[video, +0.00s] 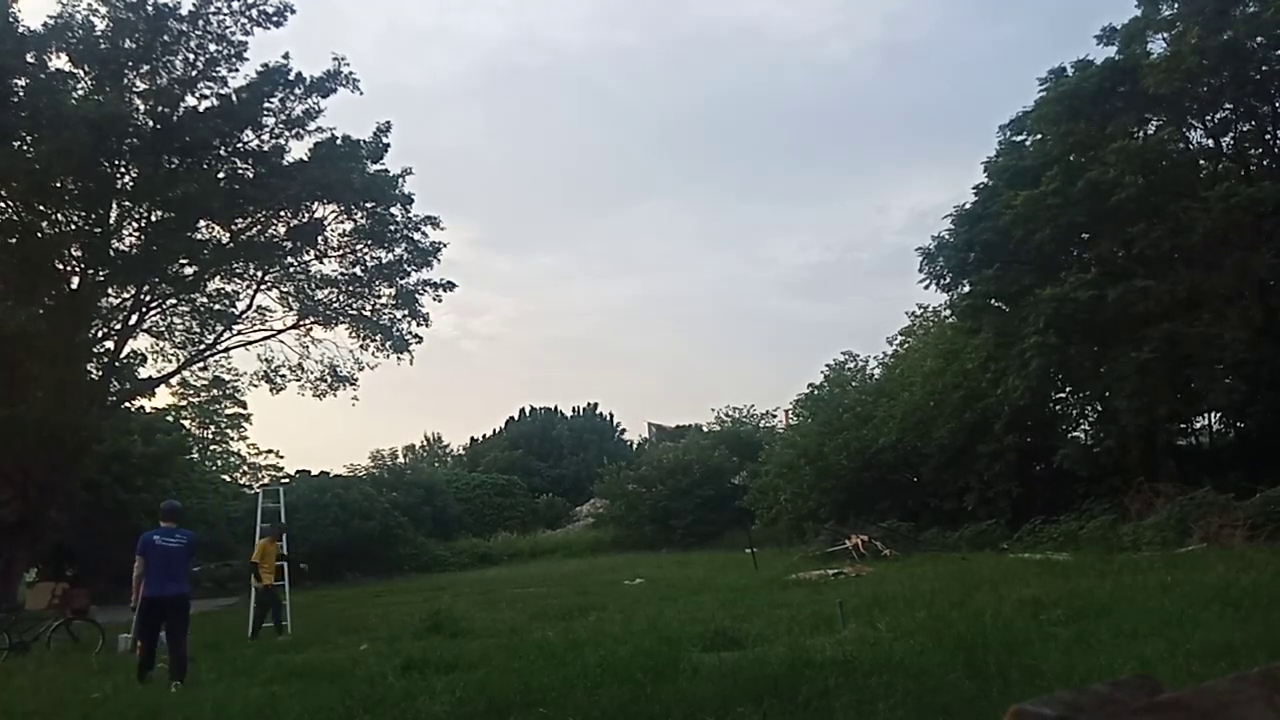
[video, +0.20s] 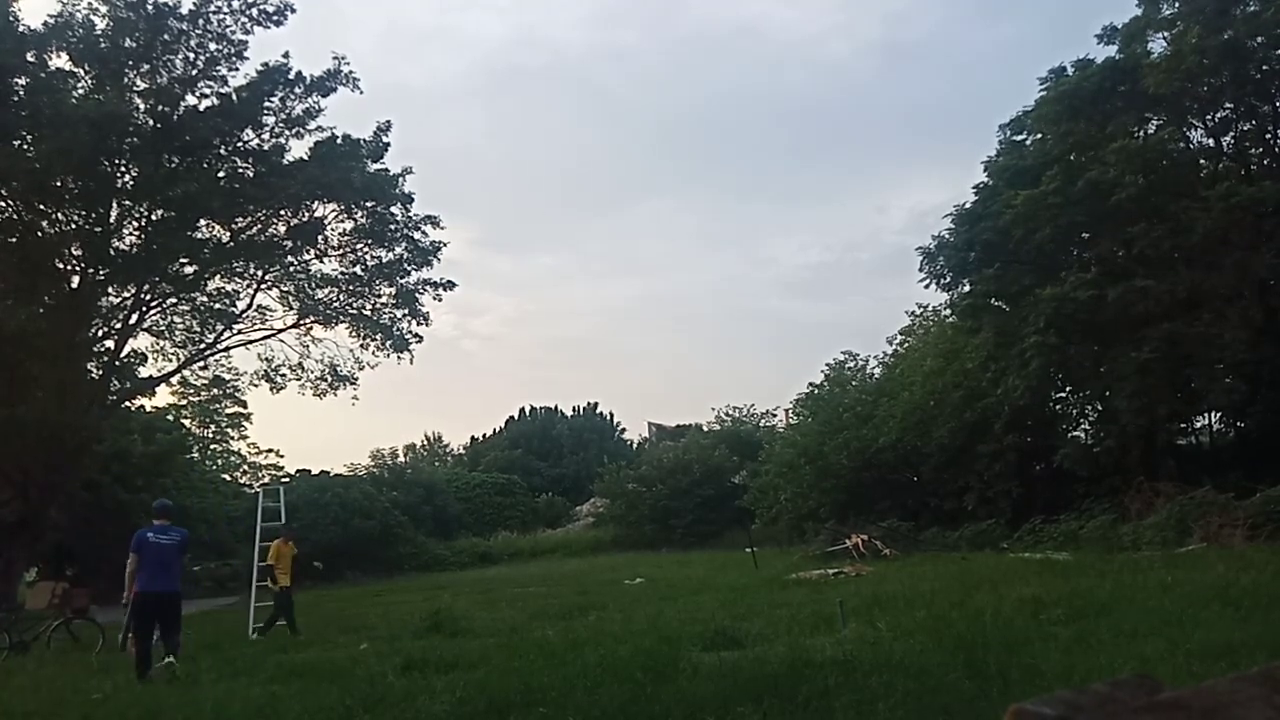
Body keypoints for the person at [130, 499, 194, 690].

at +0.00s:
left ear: (160, 516)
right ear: (178, 517)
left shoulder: (147, 538)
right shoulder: (188, 538)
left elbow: (138, 570)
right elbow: (189, 566)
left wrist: (134, 596)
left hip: (152, 597)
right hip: (178, 597)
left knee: (147, 639)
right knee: (177, 640)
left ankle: (143, 677)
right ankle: (177, 680)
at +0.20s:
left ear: (152, 515)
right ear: (171, 516)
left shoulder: (141, 535)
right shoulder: (181, 535)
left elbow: (131, 566)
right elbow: (182, 563)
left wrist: (127, 591)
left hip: (145, 593)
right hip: (170, 593)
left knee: (143, 636)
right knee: (171, 630)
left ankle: (142, 675)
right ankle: (171, 657)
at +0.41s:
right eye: (165, 516)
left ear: (152, 515)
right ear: (170, 516)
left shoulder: (139, 534)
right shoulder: (178, 536)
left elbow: (119, 560)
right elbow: (179, 560)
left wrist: (129, 579)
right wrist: (167, 575)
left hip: (142, 590)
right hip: (166, 591)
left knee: (141, 632)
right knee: (163, 632)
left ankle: (143, 671)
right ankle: (160, 668)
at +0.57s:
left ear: (152, 521)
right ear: (170, 523)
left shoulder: (140, 539)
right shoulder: (177, 542)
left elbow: (113, 562)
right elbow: (174, 565)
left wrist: (129, 578)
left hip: (141, 595)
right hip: (165, 595)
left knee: (138, 634)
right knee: (158, 634)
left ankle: (144, 671)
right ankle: (156, 669)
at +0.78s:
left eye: (152, 518)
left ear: (149, 518)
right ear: (166, 520)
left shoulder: (139, 534)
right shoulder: (174, 537)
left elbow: (111, 554)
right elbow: (174, 557)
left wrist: (129, 563)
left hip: (138, 590)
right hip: (162, 592)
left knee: (130, 627)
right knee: (158, 631)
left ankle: (138, 656)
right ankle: (156, 668)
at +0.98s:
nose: (147, 527)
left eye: (145, 524)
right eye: (153, 524)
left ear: (142, 524)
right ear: (158, 524)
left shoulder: (131, 542)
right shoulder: (167, 541)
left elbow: (112, 567)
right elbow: (169, 563)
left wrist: (128, 571)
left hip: (134, 594)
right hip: (158, 594)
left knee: (127, 632)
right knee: (155, 634)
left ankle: (120, 666)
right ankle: (153, 669)